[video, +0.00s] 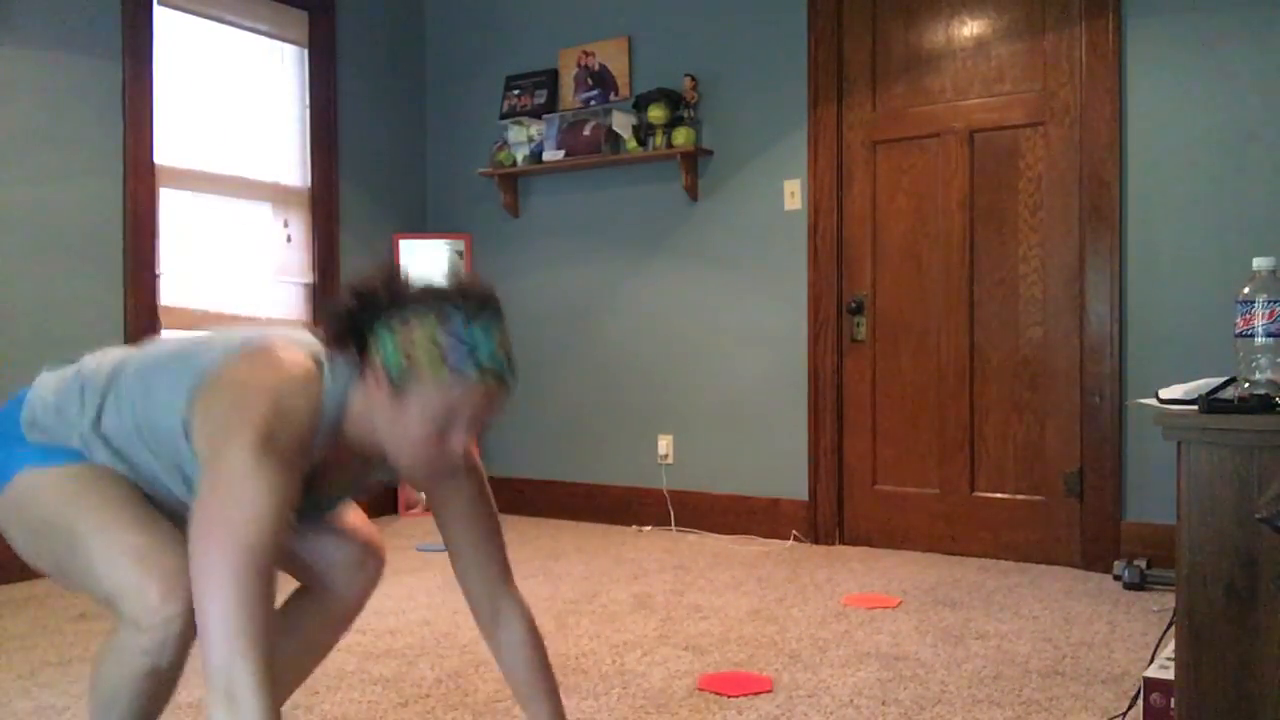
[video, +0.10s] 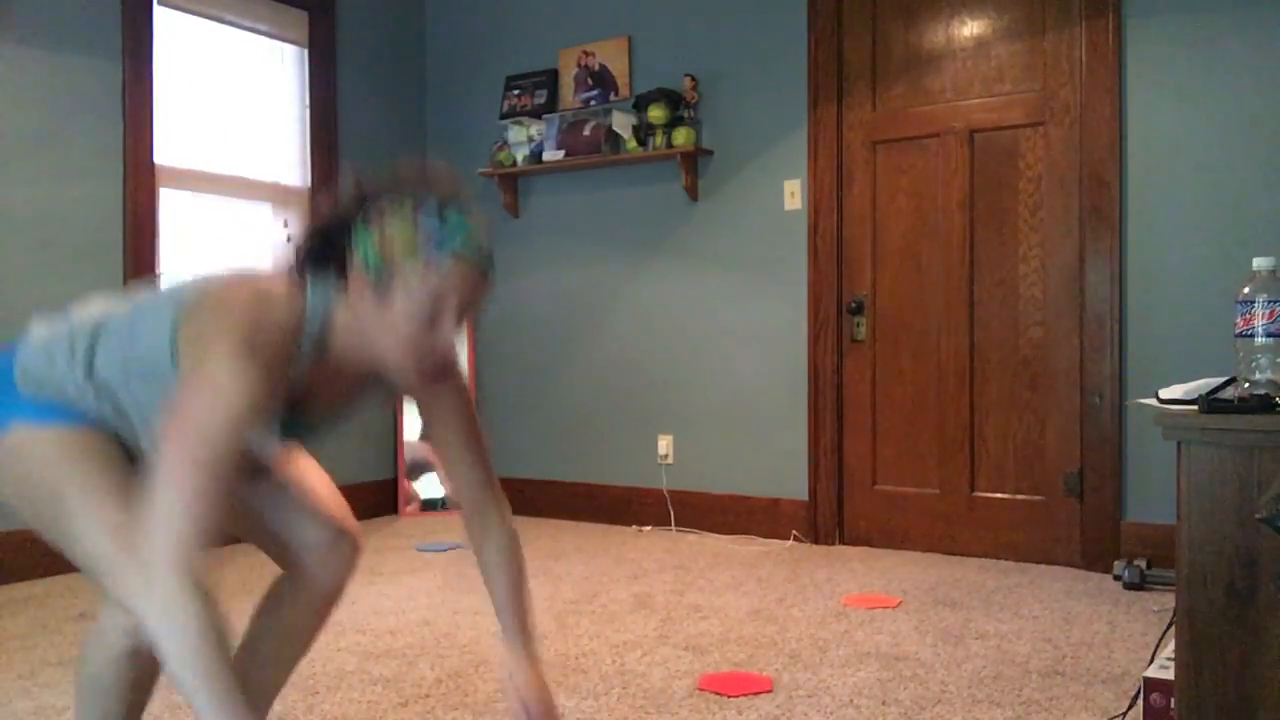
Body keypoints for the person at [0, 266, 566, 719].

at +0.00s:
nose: (468, 449)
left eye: (477, 426)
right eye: (452, 424)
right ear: (382, 382)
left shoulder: (430, 433)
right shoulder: (265, 400)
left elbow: (498, 604)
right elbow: (234, 688)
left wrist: (550, 716)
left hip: (175, 455)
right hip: (45, 442)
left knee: (351, 563)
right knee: (165, 601)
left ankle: (242, 714)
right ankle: (111, 715)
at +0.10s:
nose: (450, 343)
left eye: (463, 318)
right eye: (436, 313)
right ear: (366, 284)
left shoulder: (411, 346)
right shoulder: (251, 329)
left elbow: (486, 512)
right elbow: (162, 574)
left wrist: (522, 660)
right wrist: (224, 710)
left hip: (175, 411)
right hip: (45, 399)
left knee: (328, 549)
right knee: (146, 607)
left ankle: (239, 706)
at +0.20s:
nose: (450, 209)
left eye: (461, 185)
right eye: (430, 181)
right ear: (359, 167)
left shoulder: (420, 274)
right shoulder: (240, 236)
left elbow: (444, 399)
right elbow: (49, 409)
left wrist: (451, 503)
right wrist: (144, 593)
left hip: (185, 356)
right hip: (48, 342)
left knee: (299, 531)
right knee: (138, 546)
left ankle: (234, 714)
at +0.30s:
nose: (442, 94)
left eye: (451, 70)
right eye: (419, 65)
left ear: (461, 78)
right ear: (348, 58)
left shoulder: (409, 194)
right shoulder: (230, 149)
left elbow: (377, 299)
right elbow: (29, 296)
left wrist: (382, 426)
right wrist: (78, 482)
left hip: (209, 343)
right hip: (84, 323)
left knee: (277, 520)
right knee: (139, 530)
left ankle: (228, 716)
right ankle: (98, 713)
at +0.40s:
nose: (421, 13)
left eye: (428, 1)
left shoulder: (396, 150)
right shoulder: (202, 101)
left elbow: (355, 295)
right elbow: (72, 288)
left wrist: (363, 424)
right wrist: (162, 464)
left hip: (223, 343)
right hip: (80, 320)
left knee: (280, 539)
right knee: (164, 541)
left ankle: (229, 713)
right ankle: (102, 711)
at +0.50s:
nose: (367, 2)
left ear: (358, 11)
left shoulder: (377, 118)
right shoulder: (178, 60)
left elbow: (428, 265)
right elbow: (160, 242)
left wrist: (462, 276)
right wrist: (273, 292)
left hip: (236, 361)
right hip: (95, 342)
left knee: (308, 558)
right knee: (205, 574)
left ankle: (234, 717)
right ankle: (122, 713)